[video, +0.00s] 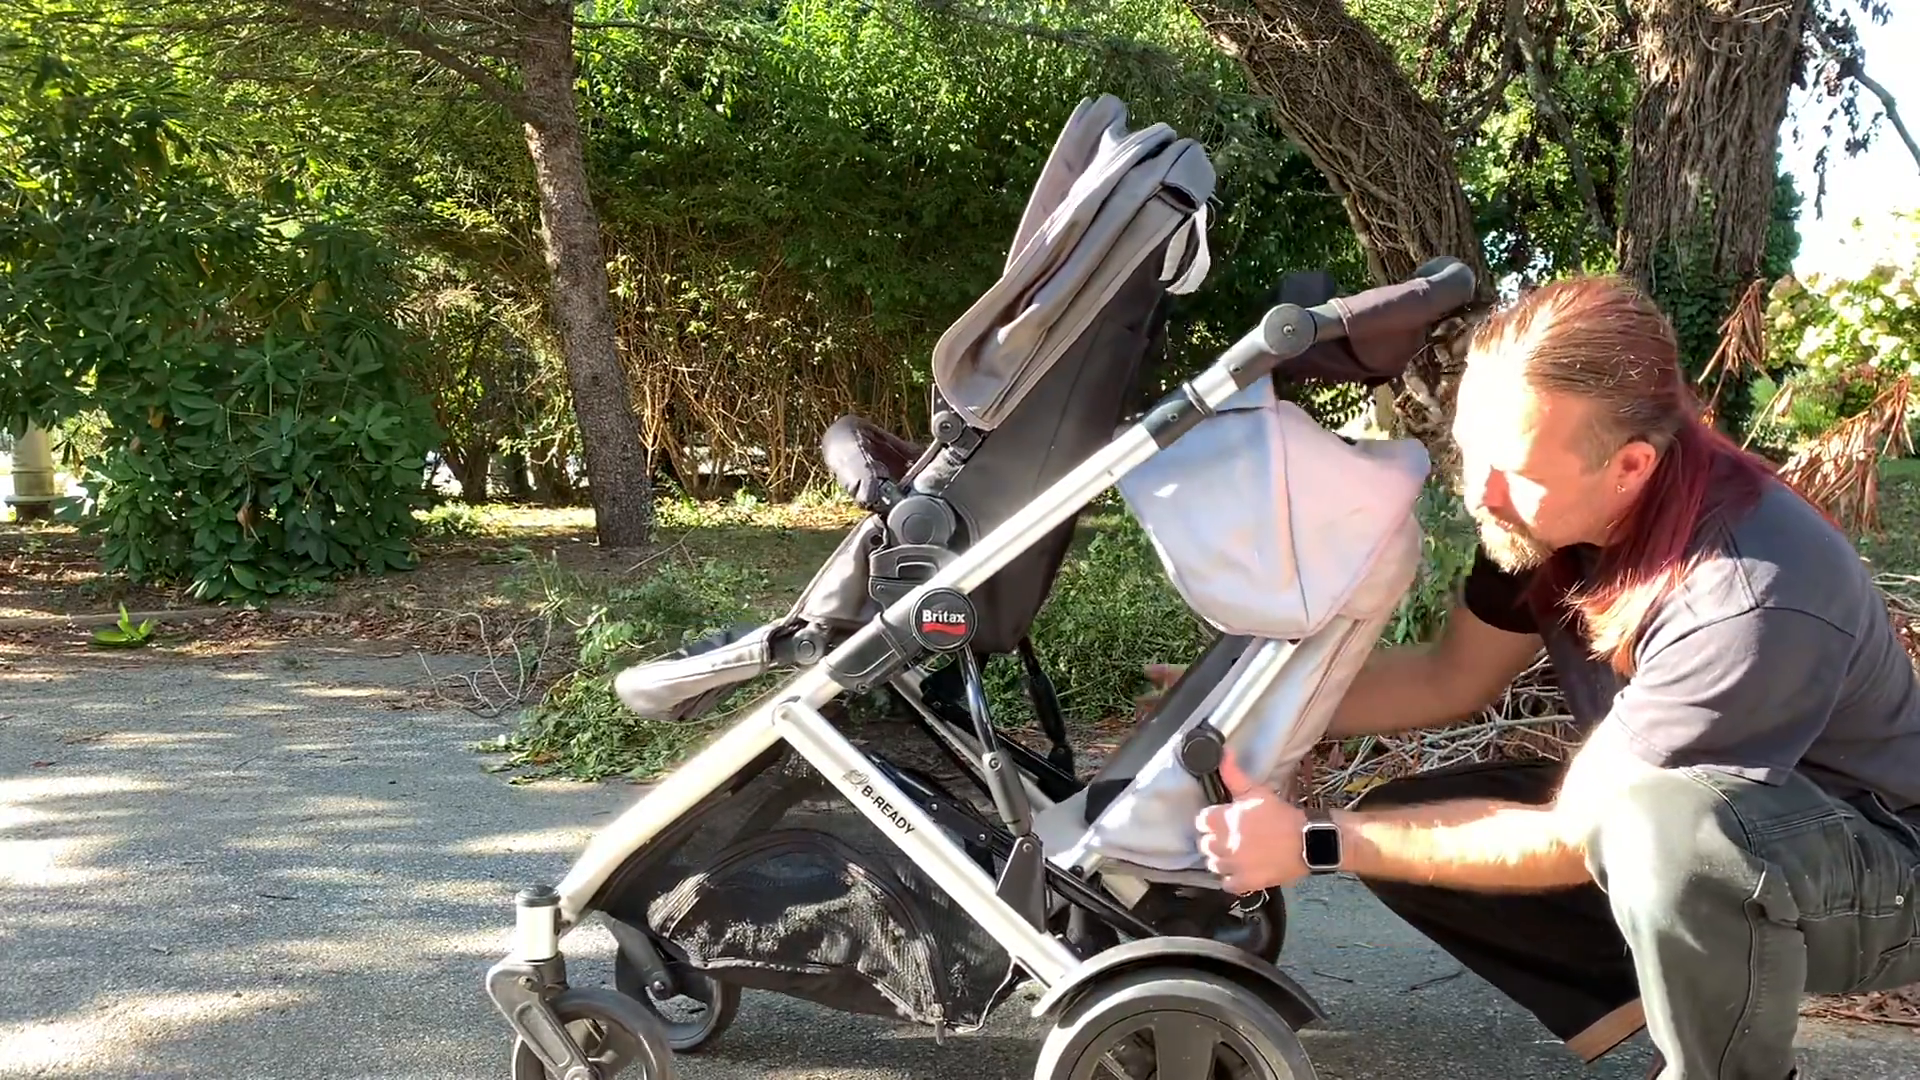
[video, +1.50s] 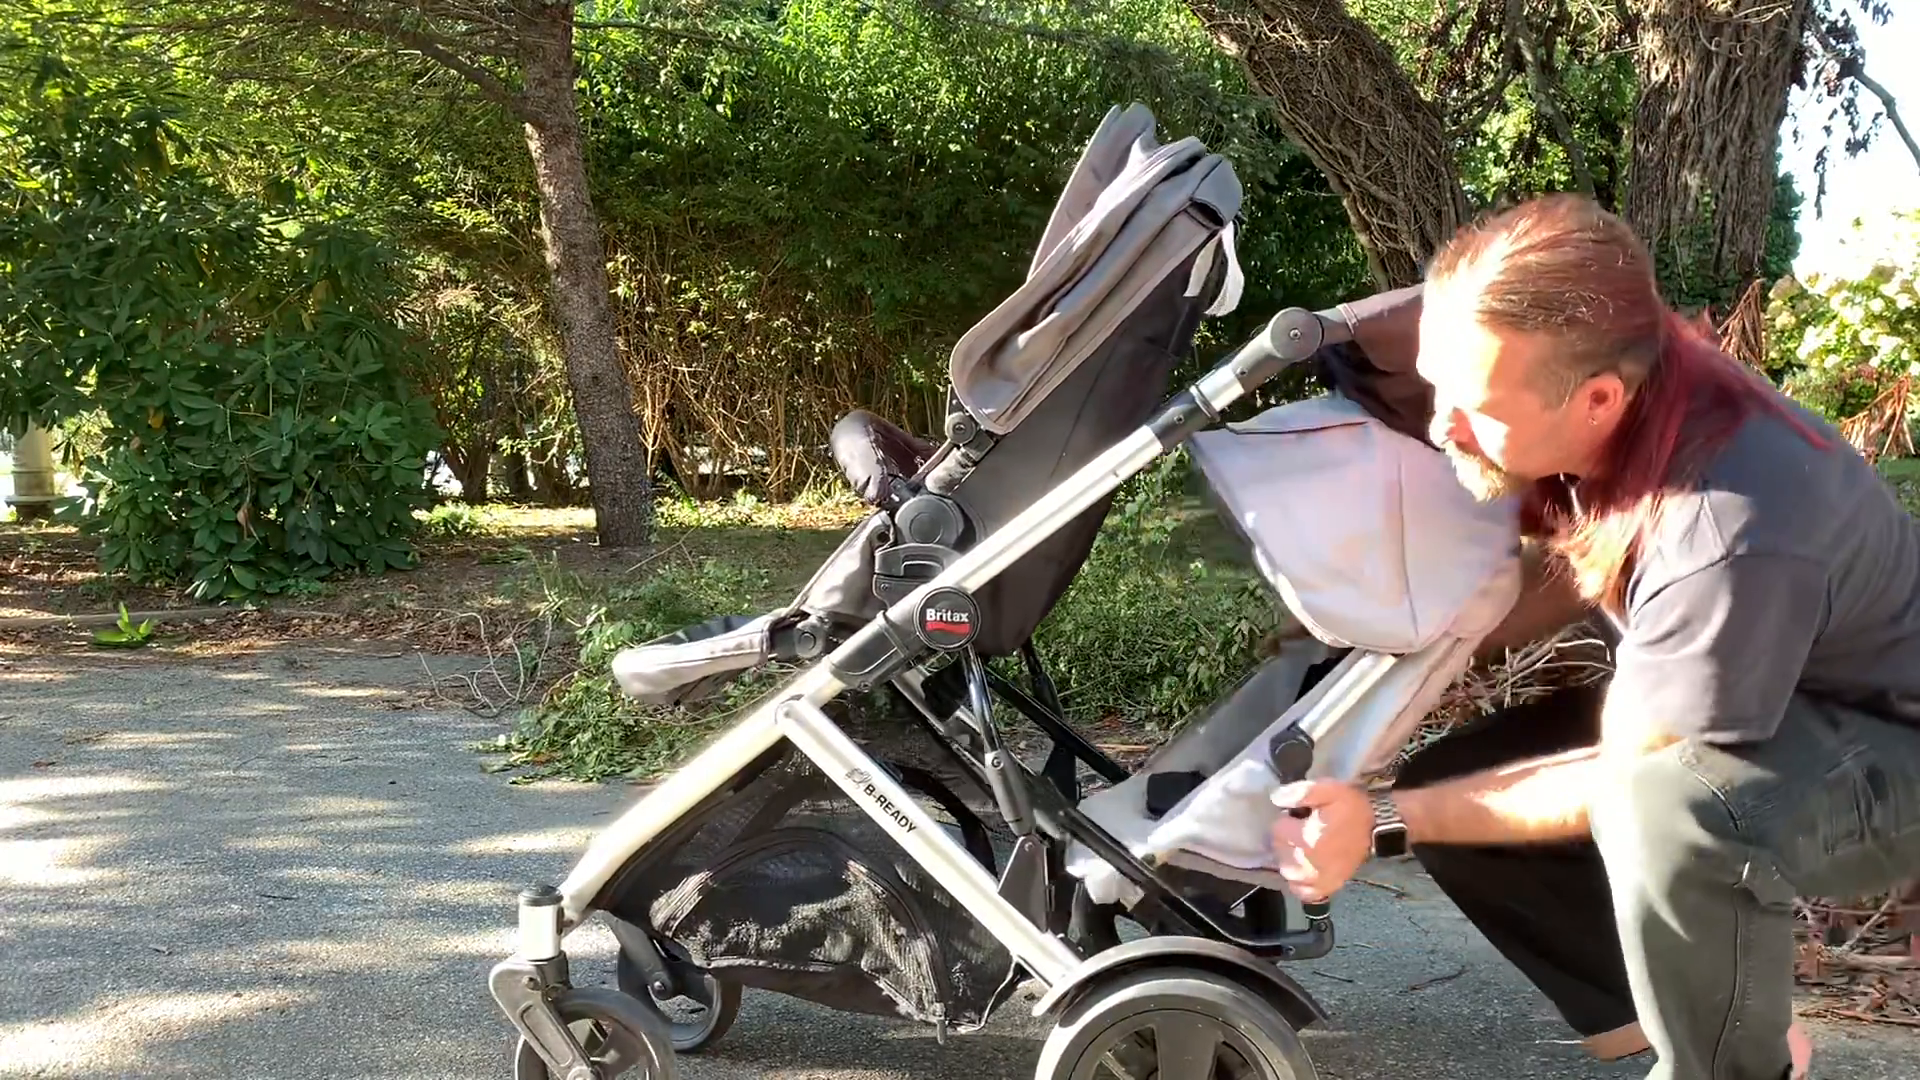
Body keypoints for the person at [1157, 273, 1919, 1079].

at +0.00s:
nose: (1482, 496)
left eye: (1517, 475)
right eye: (1477, 460)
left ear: (1631, 470)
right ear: (1473, 427)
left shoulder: (1747, 607)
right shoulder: (1556, 508)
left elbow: (1572, 843)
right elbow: (1450, 677)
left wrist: (1321, 842)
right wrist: (1260, 704)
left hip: (1878, 862)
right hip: (1688, 799)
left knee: (1659, 827)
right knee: (1387, 831)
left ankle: (1717, 1066)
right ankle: (1654, 1029)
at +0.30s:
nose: (1494, 499)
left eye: (1527, 478)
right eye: (1491, 464)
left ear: (1646, 476)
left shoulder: (1755, 623)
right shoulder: (1591, 504)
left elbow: (1555, 846)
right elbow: (1481, 653)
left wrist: (1313, 838)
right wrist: (1289, 634)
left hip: (1888, 864)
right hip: (1720, 801)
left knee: (1653, 830)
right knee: (1400, 818)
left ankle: (1717, 1067)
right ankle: (1653, 1020)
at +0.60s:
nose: (1482, 503)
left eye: (1514, 484)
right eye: (1480, 469)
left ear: (1634, 483)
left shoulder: (1749, 628)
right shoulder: (1610, 515)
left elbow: (1558, 852)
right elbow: (1521, 675)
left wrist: (1322, 827)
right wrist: (1313, 626)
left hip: (1896, 879)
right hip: (1759, 807)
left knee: (1649, 839)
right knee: (1424, 803)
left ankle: (1724, 1064)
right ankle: (1671, 1024)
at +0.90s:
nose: (1465, 515)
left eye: (1495, 497)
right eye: (1462, 482)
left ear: (1614, 494)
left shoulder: (1733, 625)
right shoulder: (1580, 521)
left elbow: (1525, 868)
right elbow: (1510, 689)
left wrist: (1278, 847)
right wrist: (1310, 660)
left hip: (1897, 875)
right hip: (1784, 807)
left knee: (1639, 836)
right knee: (1450, 786)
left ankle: (1738, 1059)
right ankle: (1683, 1027)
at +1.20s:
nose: (1463, 497)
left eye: (1495, 475)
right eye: (1460, 463)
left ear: (1608, 477)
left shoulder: (1720, 613)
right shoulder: (1655, 506)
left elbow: (1548, 864)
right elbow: (1542, 669)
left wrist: (1314, 843)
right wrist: (1347, 647)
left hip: (1896, 874)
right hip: (1795, 805)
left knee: (1631, 844)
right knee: (1435, 792)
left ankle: (1746, 1064)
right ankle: (1675, 1034)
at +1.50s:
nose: (1446, 428)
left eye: (1473, 411)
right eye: (1441, 396)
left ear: (1599, 403)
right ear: (1597, 400)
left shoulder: (1728, 521)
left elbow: (1637, 780)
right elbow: (1571, 569)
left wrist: (1389, 818)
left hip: (1895, 731)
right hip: (1754, 679)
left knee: (1671, 809)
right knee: (1453, 801)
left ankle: (1741, 1065)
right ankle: (1689, 1031)